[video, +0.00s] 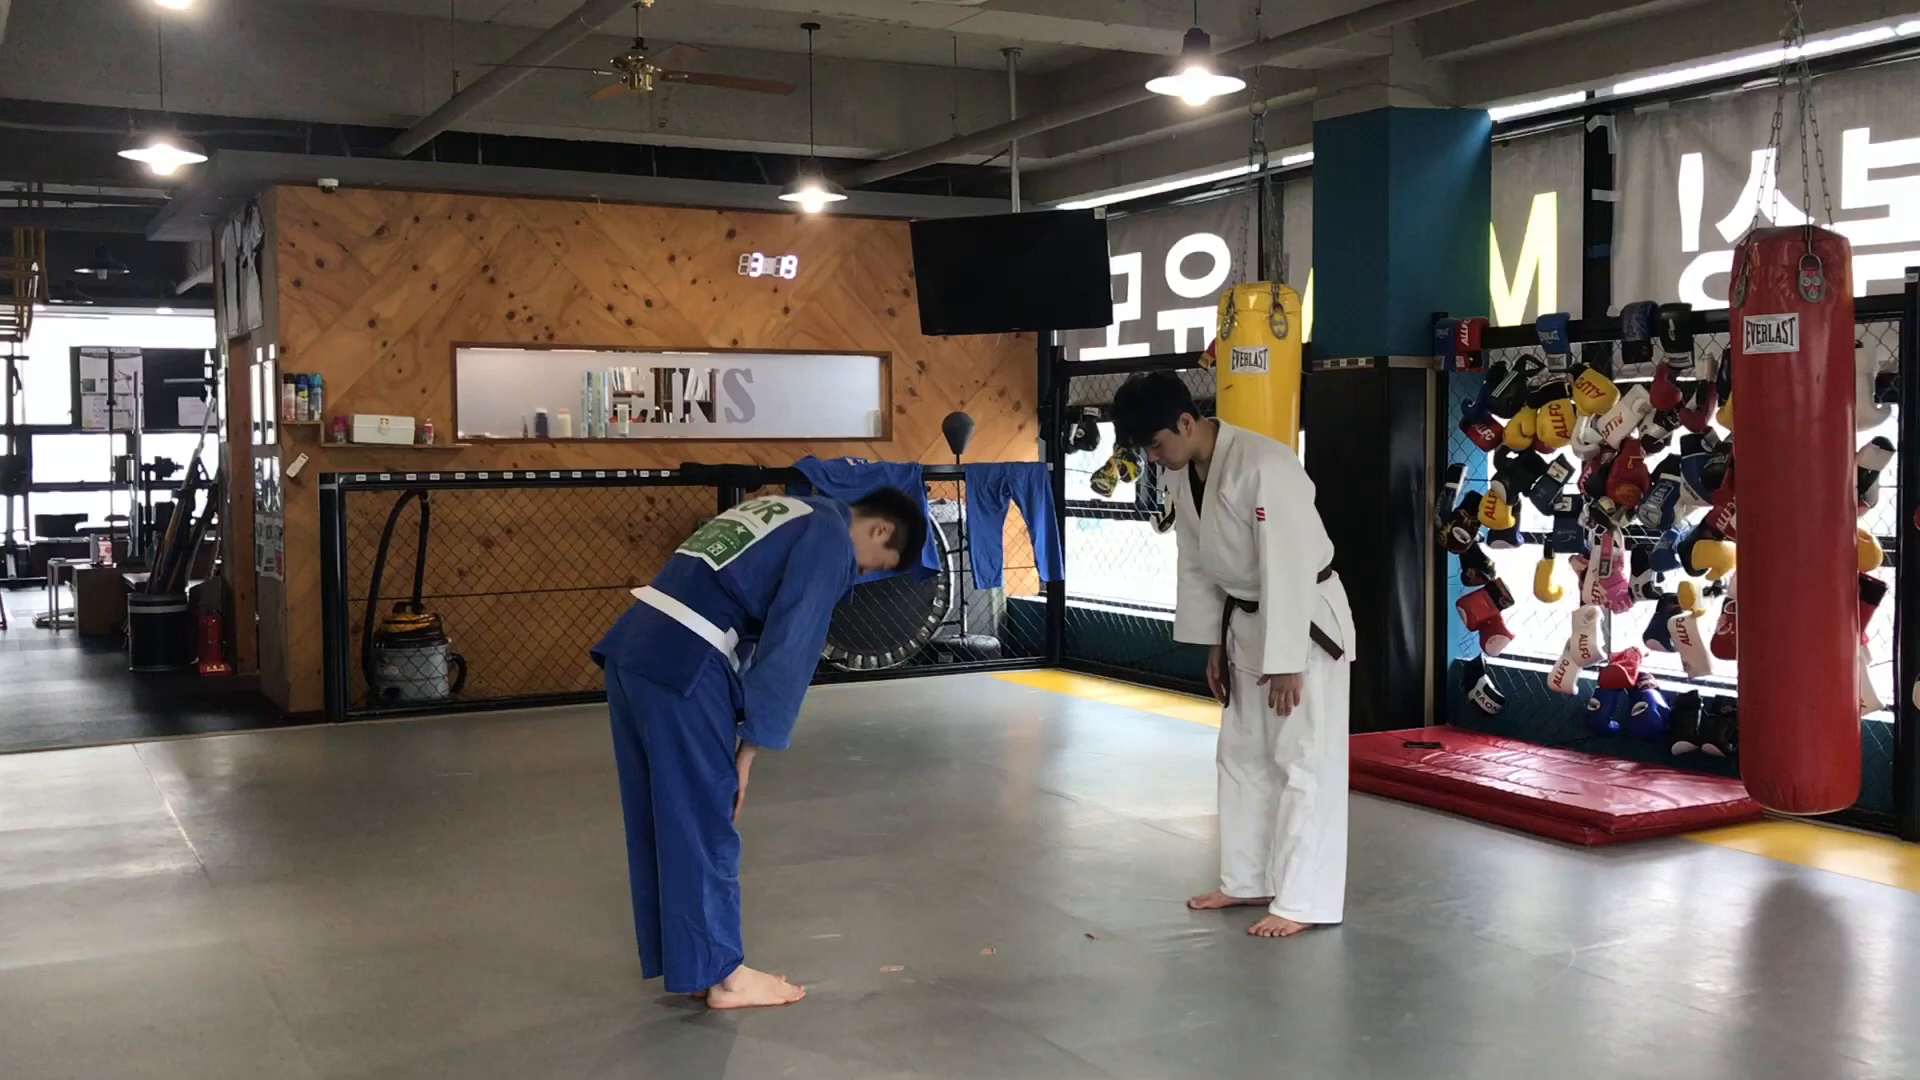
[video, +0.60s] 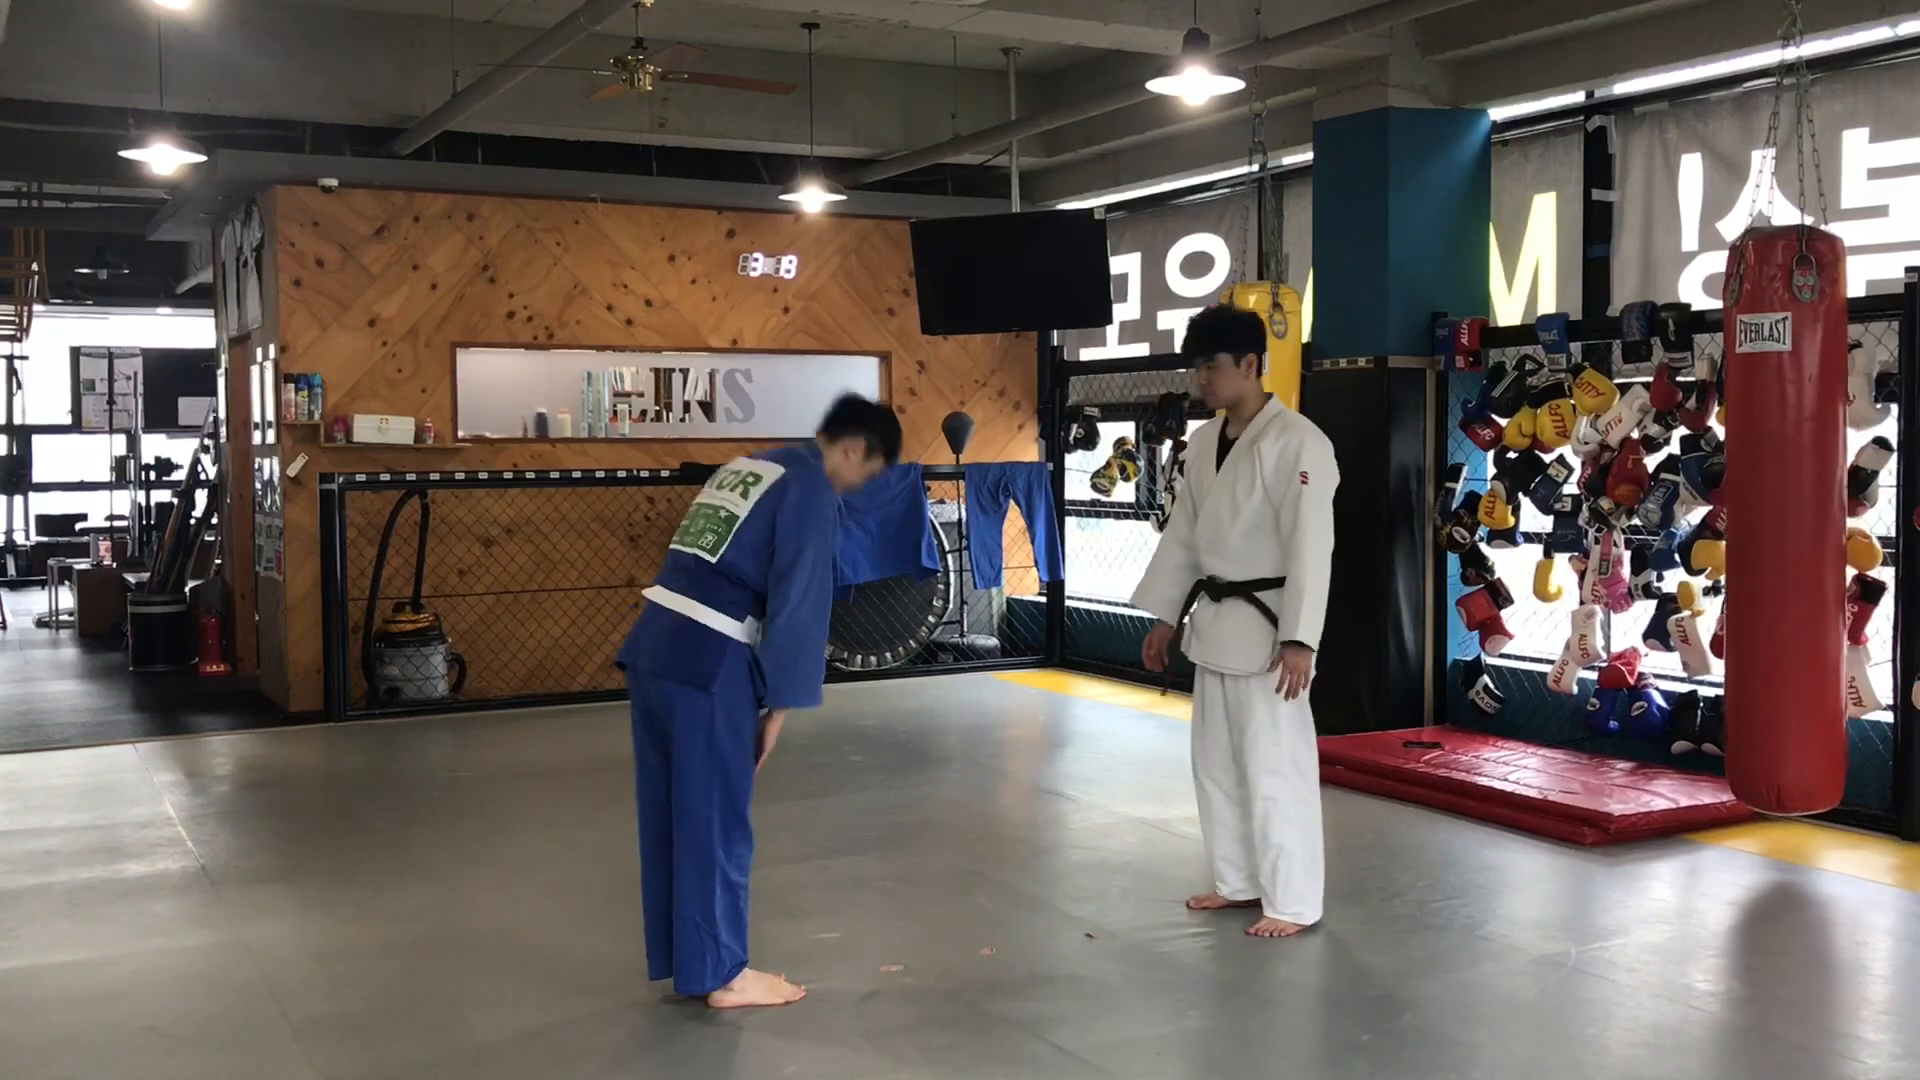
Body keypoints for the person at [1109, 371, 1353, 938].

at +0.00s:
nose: (1153, 458)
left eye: (1155, 445)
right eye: (1146, 450)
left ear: (1186, 421)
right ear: (1179, 428)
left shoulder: (1265, 464)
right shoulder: (1182, 474)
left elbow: (1289, 564)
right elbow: (1198, 562)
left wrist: (1286, 660)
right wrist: (1217, 639)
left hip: (1306, 617)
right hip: (1248, 617)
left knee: (1302, 763)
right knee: (1243, 754)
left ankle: (1304, 901)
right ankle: (1248, 882)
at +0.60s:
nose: (1197, 379)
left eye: (1207, 365)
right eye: (1195, 367)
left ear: (1248, 364)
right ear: (1226, 370)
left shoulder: (1300, 443)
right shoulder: (1202, 442)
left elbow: (1312, 546)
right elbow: (1182, 535)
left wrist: (1300, 639)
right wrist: (1166, 616)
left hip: (1269, 632)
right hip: (1211, 628)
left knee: (1276, 772)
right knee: (1219, 767)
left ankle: (1296, 905)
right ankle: (1239, 884)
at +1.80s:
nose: (1123, 368)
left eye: (1136, 357)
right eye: (1120, 356)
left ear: (1174, 359)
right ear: (1121, 359)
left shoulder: (1203, 441)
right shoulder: (1108, 430)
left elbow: (1169, 513)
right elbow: (1064, 498)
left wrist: (1091, 543)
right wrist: (992, 492)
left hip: (1170, 612)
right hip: (1114, 610)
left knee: (1167, 766)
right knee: (1114, 766)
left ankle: (1207, 912)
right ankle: (1136, 901)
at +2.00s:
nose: (1123, 362)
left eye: (1137, 352)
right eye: (1120, 351)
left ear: (1175, 360)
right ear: (1118, 358)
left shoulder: (1196, 441)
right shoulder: (1098, 426)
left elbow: (1149, 511)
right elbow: (1037, 467)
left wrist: (1062, 505)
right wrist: (971, 476)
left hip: (1156, 619)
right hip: (1104, 615)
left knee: (1152, 776)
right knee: (1106, 771)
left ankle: (1170, 930)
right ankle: (1124, 901)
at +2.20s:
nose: (1119, 363)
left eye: (1134, 352)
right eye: (1117, 351)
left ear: (1174, 361)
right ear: (1118, 356)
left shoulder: (1198, 442)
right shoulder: (1096, 429)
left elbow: (1169, 523)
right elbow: (1032, 467)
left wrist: (1087, 501)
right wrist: (968, 466)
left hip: (1153, 619)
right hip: (1097, 616)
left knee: (1151, 780)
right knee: (1105, 774)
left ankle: (1169, 930)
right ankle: (1125, 903)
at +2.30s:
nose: (1118, 365)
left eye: (1133, 354)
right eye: (1116, 353)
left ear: (1172, 361)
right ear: (1117, 358)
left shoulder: (1198, 441)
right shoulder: (1096, 429)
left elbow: (1172, 519)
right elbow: (1034, 472)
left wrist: (1092, 501)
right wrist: (970, 469)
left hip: (1150, 620)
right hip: (1095, 616)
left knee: (1150, 781)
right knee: (1104, 775)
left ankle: (1169, 931)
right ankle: (1126, 902)